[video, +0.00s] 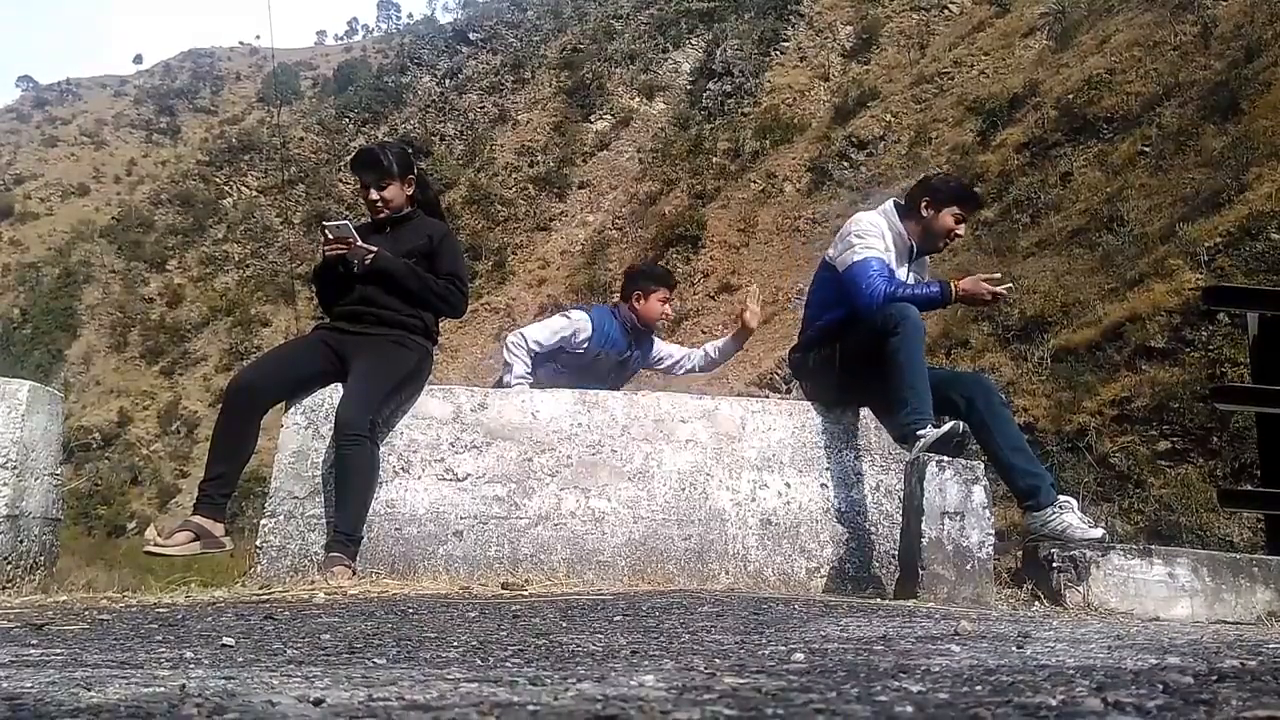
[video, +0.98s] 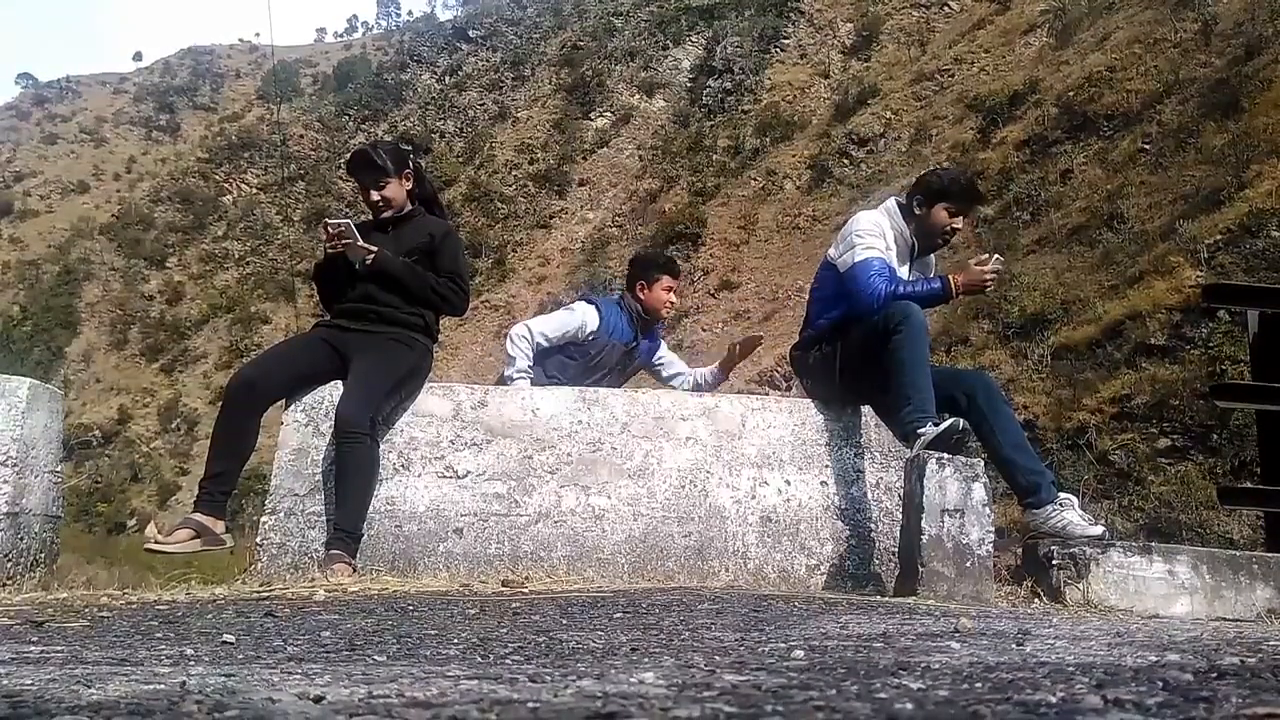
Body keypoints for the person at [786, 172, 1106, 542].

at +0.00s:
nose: (959, 232)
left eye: (964, 223)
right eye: (956, 219)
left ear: (928, 214)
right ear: (925, 208)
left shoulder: (915, 254)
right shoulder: (865, 229)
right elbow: (873, 294)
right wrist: (952, 291)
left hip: (876, 373)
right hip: (828, 368)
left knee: (976, 390)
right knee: (902, 317)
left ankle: (1043, 507)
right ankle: (916, 429)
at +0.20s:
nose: (970, 234)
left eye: (974, 227)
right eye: (966, 222)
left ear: (938, 218)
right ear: (935, 212)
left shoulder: (922, 254)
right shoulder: (878, 229)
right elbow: (881, 295)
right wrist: (959, 290)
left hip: (876, 372)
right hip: (829, 367)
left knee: (976, 389)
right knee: (908, 317)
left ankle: (1043, 506)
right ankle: (918, 427)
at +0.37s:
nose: (970, 234)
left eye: (974, 226)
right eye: (967, 222)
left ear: (938, 217)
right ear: (936, 212)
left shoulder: (921, 253)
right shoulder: (879, 228)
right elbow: (882, 295)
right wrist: (960, 288)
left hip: (875, 369)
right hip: (828, 364)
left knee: (977, 388)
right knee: (909, 317)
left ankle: (1044, 504)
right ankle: (920, 428)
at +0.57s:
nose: (966, 232)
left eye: (970, 223)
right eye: (962, 219)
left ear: (933, 215)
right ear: (930, 210)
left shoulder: (921, 250)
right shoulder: (873, 228)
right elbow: (878, 294)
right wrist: (956, 286)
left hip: (876, 370)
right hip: (827, 364)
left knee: (977, 387)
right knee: (907, 316)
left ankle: (1044, 503)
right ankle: (919, 427)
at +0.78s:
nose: (964, 226)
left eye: (968, 217)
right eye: (958, 213)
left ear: (929, 213)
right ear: (925, 206)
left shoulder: (922, 252)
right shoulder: (871, 226)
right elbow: (874, 293)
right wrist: (953, 283)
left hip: (877, 370)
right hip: (828, 365)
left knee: (976, 386)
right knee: (906, 316)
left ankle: (1044, 504)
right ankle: (917, 427)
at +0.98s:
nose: (958, 226)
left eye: (963, 218)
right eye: (952, 214)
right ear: (922, 205)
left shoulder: (921, 251)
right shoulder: (868, 228)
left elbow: (912, 305)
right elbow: (874, 293)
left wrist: (954, 289)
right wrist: (951, 284)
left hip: (877, 371)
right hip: (827, 366)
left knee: (976, 387)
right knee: (905, 316)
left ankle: (1043, 504)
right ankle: (917, 427)